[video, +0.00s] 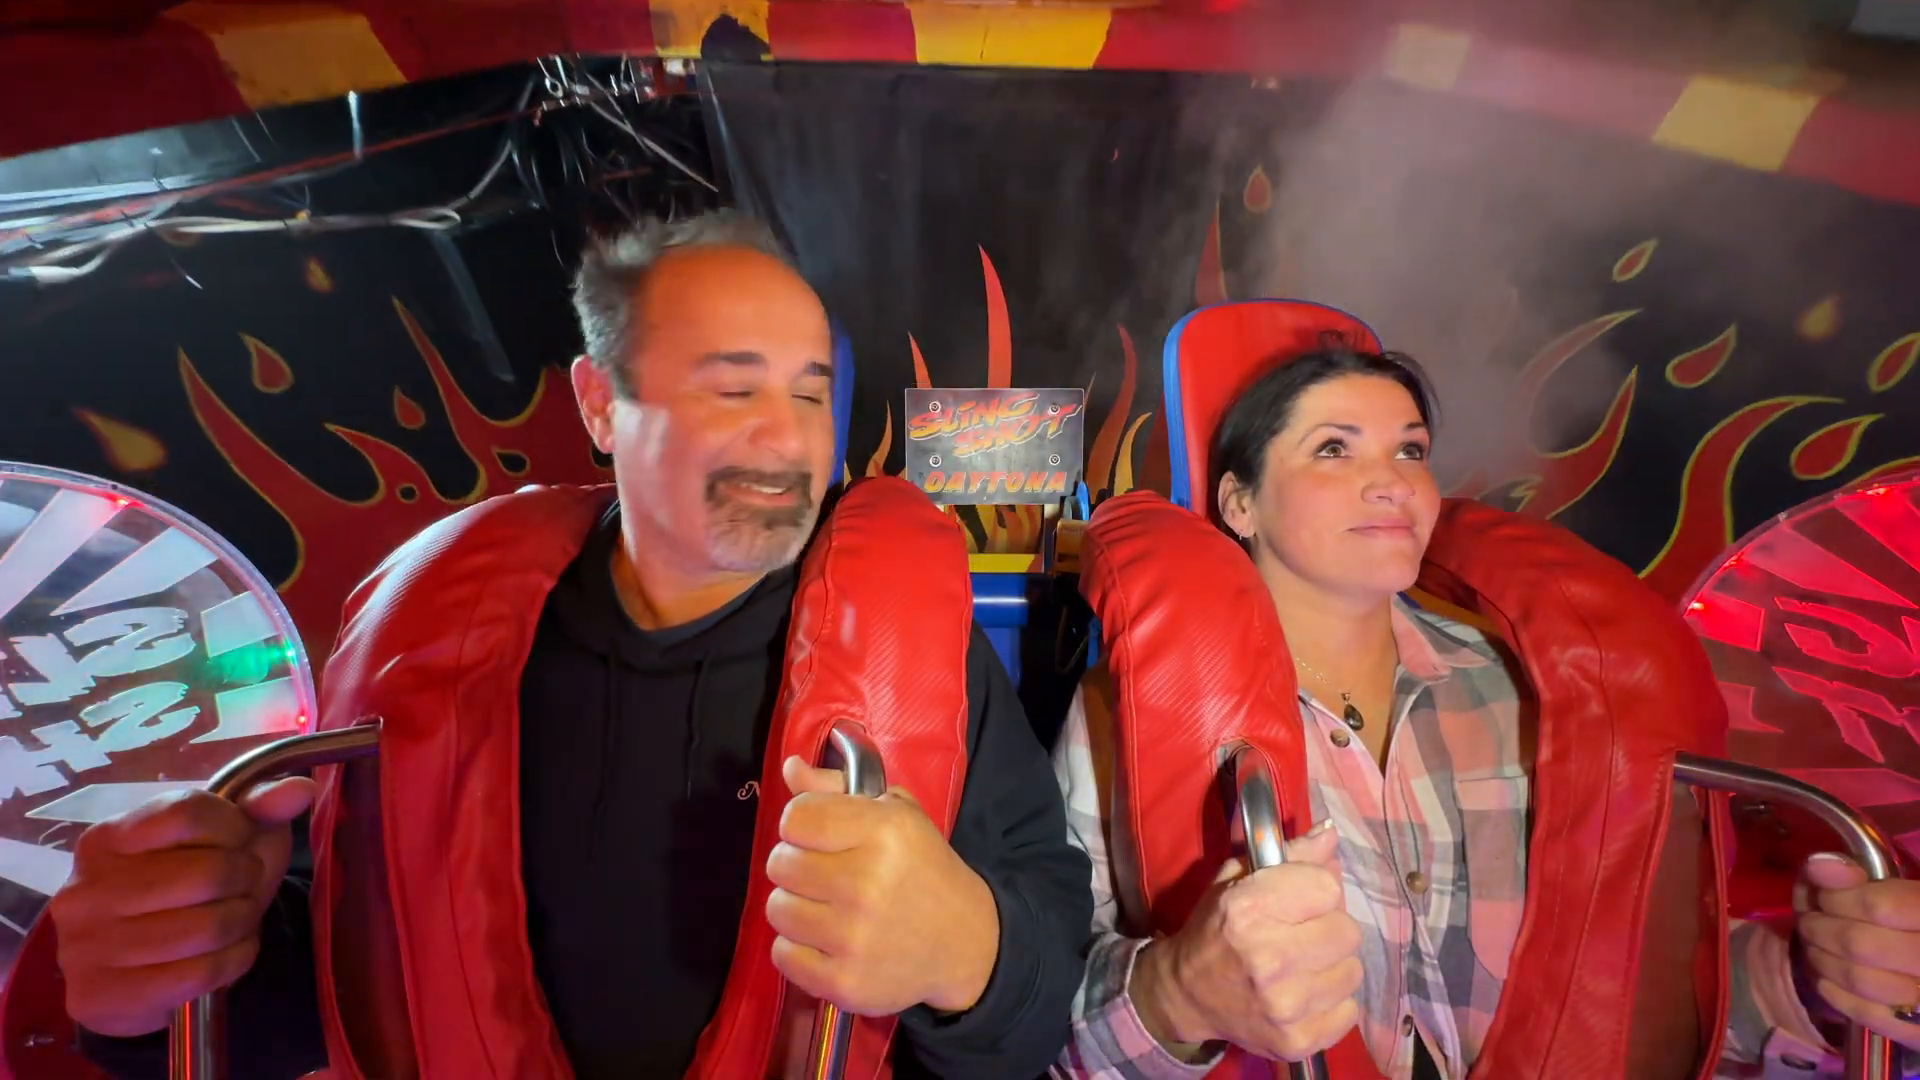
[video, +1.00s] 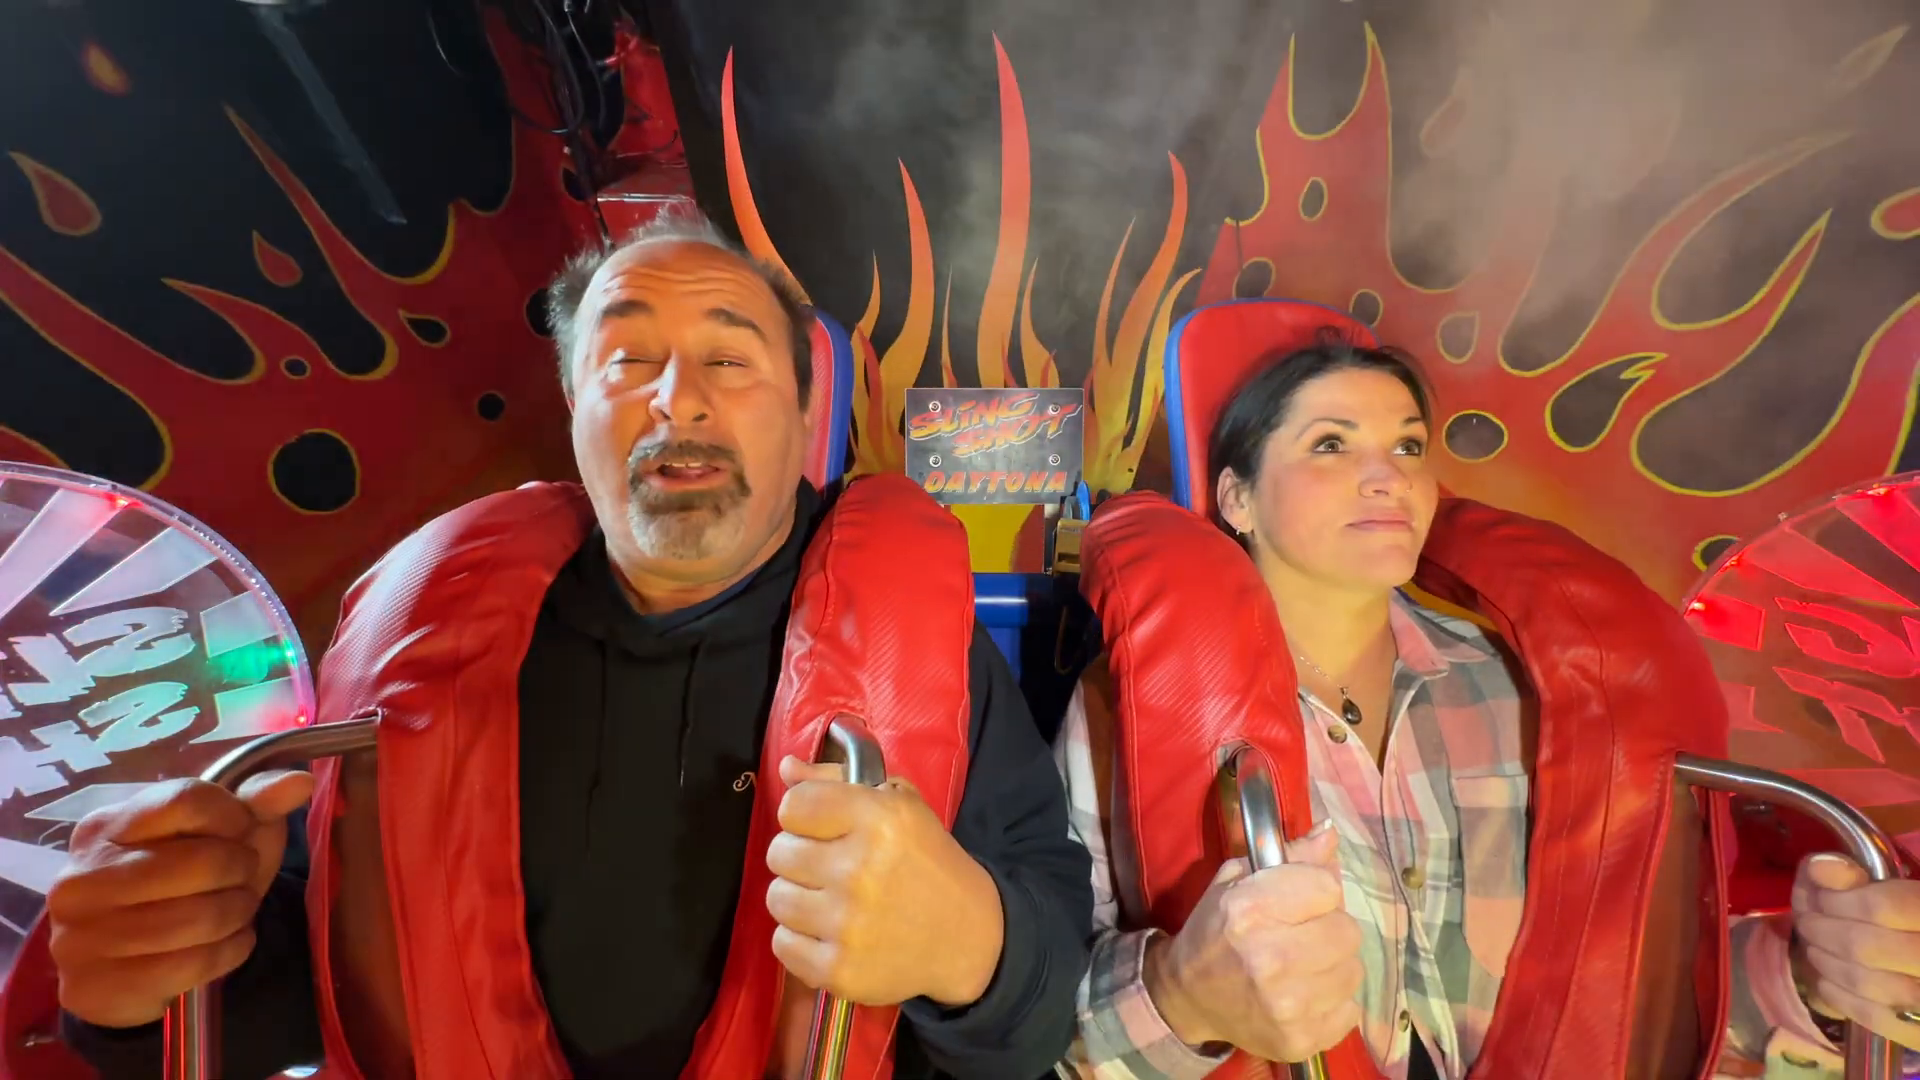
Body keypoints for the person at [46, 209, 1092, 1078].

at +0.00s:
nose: (785, 440)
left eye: (811, 395)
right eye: (728, 391)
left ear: (838, 415)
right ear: (601, 412)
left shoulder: (918, 653)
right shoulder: (437, 633)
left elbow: (1041, 1006)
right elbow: (317, 991)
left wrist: (978, 955)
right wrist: (122, 977)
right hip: (497, 1062)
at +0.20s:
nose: (673, 435)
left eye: (733, 392)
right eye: (634, 390)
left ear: (816, 437)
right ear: (582, 421)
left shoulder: (917, 654)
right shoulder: (434, 635)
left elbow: (1040, 1000)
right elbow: (317, 982)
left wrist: (973, 954)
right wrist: (128, 976)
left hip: (790, 1067)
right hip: (499, 1065)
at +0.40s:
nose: (628, 432)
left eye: (690, 383)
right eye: (598, 387)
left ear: (797, 425)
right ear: (559, 428)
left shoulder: (918, 651)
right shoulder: (422, 641)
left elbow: (1041, 1000)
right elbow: (311, 1003)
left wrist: (978, 955)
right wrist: (124, 981)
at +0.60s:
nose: (652, 393)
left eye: (712, 355)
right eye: (616, 358)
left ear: (801, 418)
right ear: (569, 426)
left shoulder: (923, 649)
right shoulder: (429, 637)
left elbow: (1047, 1012)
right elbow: (312, 1000)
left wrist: (978, 953)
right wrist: (117, 976)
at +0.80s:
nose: (672, 389)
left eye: (730, 353)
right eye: (632, 354)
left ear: (808, 416)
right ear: (576, 427)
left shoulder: (927, 655)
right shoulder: (425, 630)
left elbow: (1048, 1018)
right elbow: (302, 989)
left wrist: (978, 948)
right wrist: (109, 975)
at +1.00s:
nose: (674, 403)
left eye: (728, 362)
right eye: (629, 366)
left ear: (805, 418)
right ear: (572, 426)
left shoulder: (927, 654)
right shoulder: (416, 634)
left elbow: (1044, 1012)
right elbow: (295, 990)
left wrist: (980, 949)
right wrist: (109, 985)